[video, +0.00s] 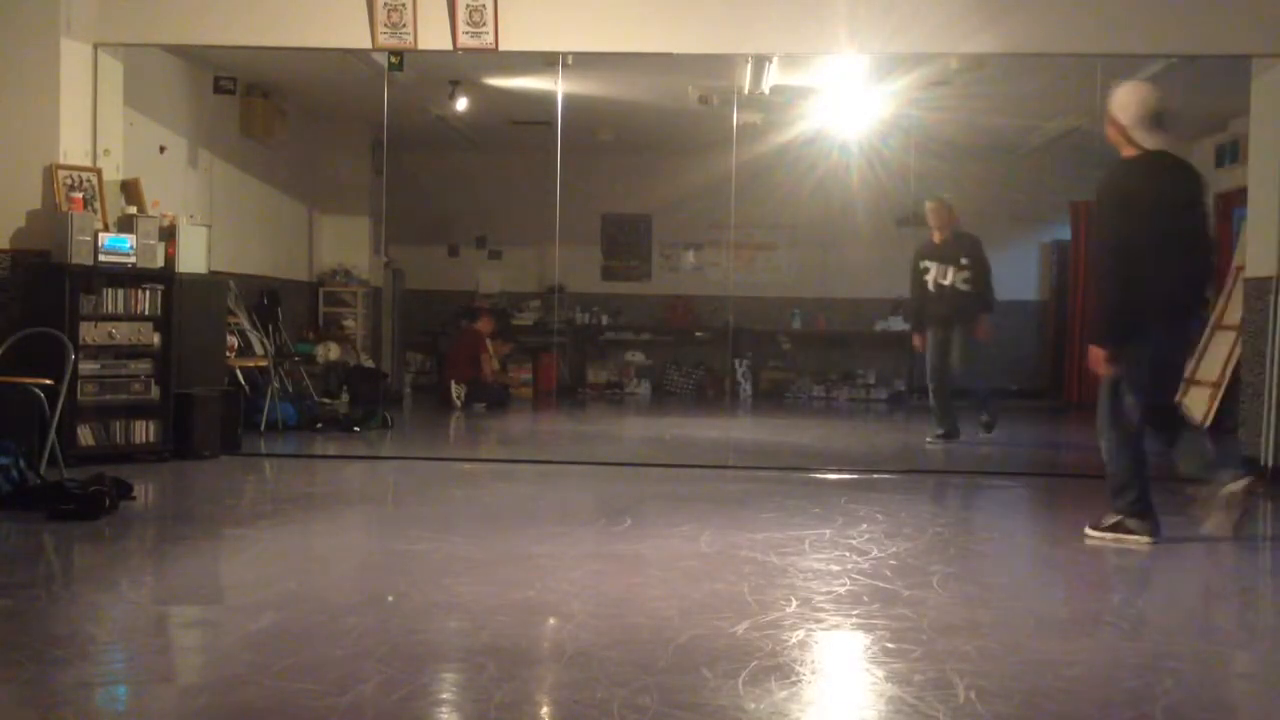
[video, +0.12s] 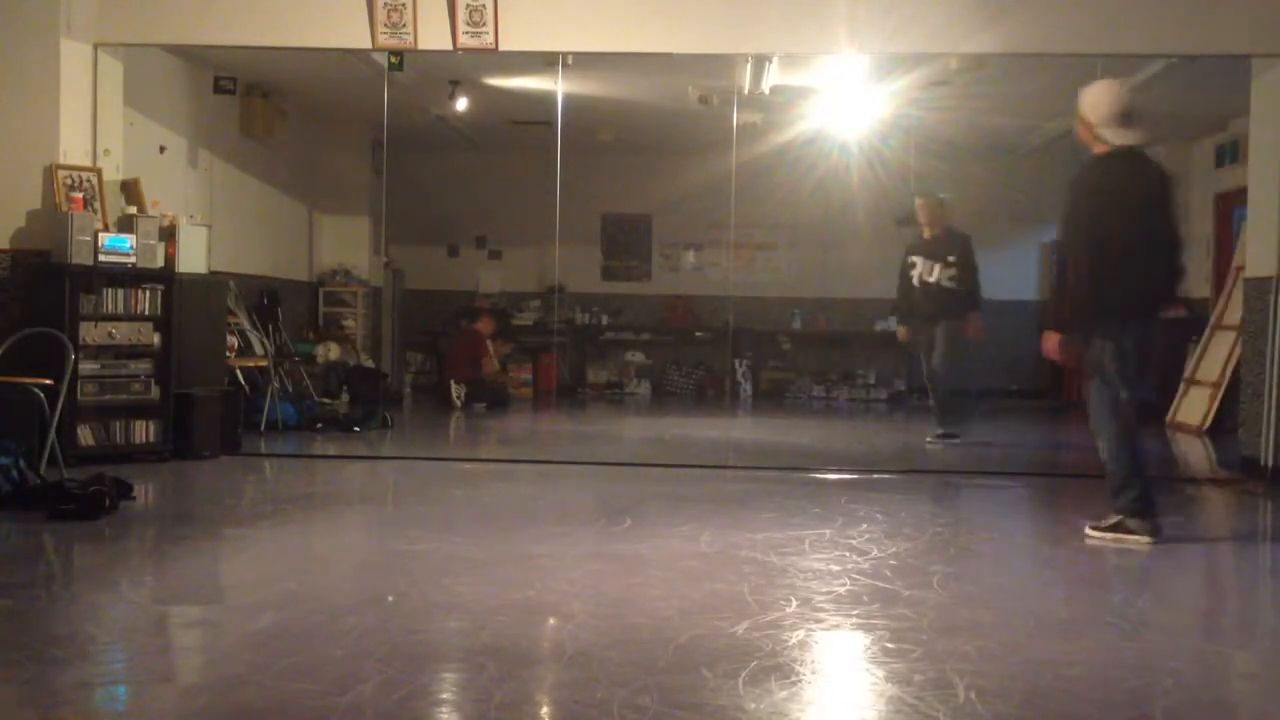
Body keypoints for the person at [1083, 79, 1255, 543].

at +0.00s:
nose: (1107, 129)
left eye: (1108, 121)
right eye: (1108, 121)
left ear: (1117, 125)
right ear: (1154, 121)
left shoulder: (1121, 180)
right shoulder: (1186, 175)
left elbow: (1112, 266)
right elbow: (1200, 256)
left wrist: (1104, 336)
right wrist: (1190, 313)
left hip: (1134, 320)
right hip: (1178, 317)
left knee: (1115, 418)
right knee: (1158, 409)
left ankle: (1132, 514)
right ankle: (1225, 471)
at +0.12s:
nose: (1077, 130)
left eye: (1079, 123)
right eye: (1079, 122)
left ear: (1088, 126)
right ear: (1127, 122)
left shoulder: (1092, 178)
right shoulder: (1153, 173)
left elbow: (1075, 258)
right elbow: (1167, 245)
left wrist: (1058, 322)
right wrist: (1161, 296)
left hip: (1104, 310)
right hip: (1143, 307)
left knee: (1108, 411)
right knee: (1125, 405)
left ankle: (1133, 513)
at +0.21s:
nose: (1057, 137)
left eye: (1058, 131)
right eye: (1059, 130)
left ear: (1067, 135)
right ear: (1104, 127)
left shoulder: (1075, 184)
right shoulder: (1128, 178)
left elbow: (1055, 259)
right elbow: (1142, 253)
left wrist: (1035, 323)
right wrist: (1135, 307)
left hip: (1088, 312)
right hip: (1125, 309)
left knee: (1094, 405)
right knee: (1085, 400)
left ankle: (1132, 510)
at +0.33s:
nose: (1025, 144)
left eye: (1027, 137)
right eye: (1029, 136)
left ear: (1036, 144)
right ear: (1078, 139)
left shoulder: (1038, 194)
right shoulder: (1093, 191)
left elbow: (1013, 265)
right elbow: (1105, 268)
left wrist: (1003, 331)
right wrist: (1098, 320)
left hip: (1050, 321)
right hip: (1081, 318)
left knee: (1069, 419)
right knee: (1027, 409)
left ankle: (1128, 507)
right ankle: (988, 489)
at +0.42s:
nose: (1003, 148)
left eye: (1005, 141)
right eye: (1006, 141)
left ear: (1012, 146)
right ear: (1050, 143)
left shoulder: (1013, 196)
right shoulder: (1068, 194)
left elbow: (995, 268)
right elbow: (1071, 272)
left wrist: (987, 334)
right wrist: (1062, 324)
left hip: (1019, 328)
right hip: (1052, 324)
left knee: (1044, 423)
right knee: (993, 413)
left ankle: (1117, 497)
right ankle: (970, 495)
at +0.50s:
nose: (980, 150)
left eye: (983, 143)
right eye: (982, 142)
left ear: (991, 147)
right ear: (1029, 145)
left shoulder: (993, 197)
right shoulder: (1039, 193)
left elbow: (985, 273)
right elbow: (1043, 270)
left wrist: (972, 336)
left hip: (998, 323)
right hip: (1034, 320)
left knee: (973, 409)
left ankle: (963, 496)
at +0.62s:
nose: (945, 147)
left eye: (948, 140)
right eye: (948, 140)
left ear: (958, 145)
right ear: (986, 144)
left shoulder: (968, 192)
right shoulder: (999, 190)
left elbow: (946, 263)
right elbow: (986, 265)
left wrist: (923, 318)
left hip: (960, 316)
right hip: (984, 314)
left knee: (929, 398)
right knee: (958, 400)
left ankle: (1002, 458)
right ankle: (961, 492)